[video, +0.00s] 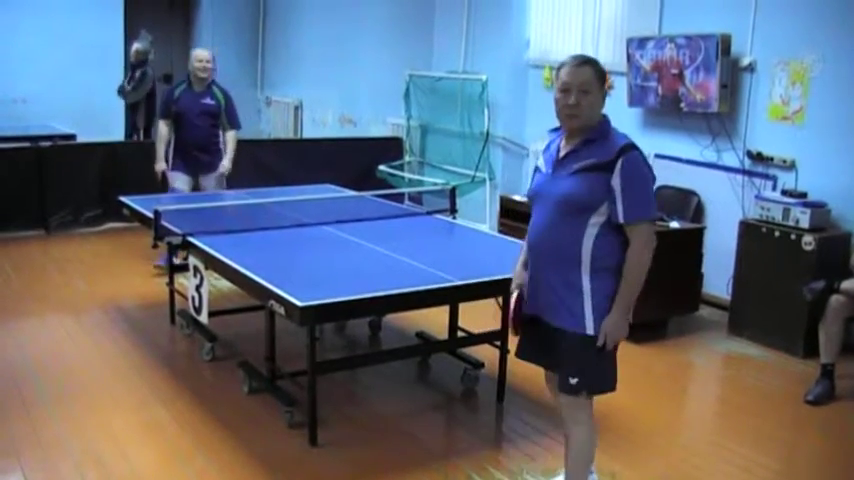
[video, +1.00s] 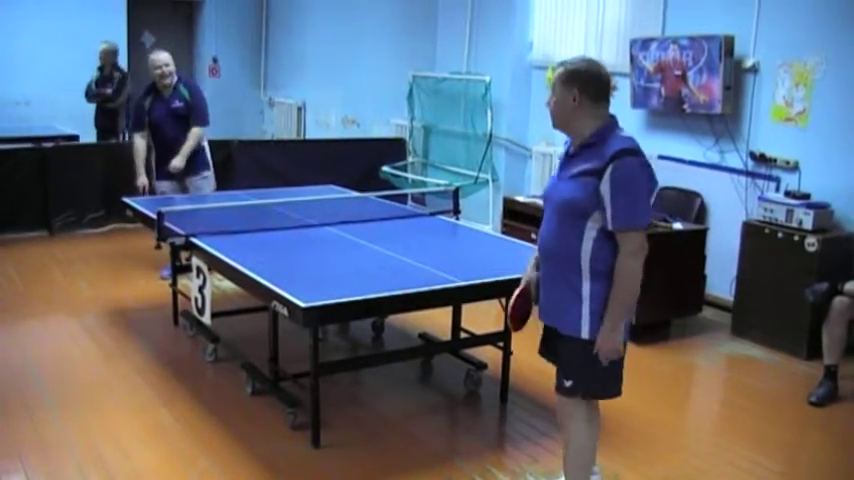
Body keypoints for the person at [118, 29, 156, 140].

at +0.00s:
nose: (133, 55)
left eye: (137, 52)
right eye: (133, 51)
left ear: (144, 55)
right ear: (131, 53)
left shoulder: (146, 73)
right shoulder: (133, 72)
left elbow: (132, 96)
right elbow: (123, 87)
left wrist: (123, 89)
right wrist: (128, 91)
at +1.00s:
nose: (103, 58)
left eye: (107, 54)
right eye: (102, 54)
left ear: (114, 56)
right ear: (100, 56)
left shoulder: (121, 76)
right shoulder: (98, 75)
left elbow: (118, 100)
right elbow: (89, 94)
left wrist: (99, 99)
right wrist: (105, 93)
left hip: (116, 121)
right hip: (101, 121)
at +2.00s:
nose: (83, 58)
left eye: (87, 54)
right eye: (82, 54)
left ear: (95, 56)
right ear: (81, 55)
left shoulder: (95, 77)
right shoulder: (85, 74)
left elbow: (81, 103)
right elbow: (74, 90)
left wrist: (73, 94)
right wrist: (76, 95)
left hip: (92, 130)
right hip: (84, 128)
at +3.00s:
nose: (82, 57)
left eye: (86, 54)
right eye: (82, 54)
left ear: (94, 56)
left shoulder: (94, 77)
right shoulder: (86, 74)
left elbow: (80, 103)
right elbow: (76, 89)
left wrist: (72, 94)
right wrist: (74, 94)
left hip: (91, 129)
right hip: (84, 128)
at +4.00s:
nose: (86, 57)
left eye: (90, 54)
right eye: (86, 53)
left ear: (98, 56)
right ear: (84, 55)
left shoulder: (97, 76)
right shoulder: (88, 74)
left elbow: (82, 102)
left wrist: (74, 92)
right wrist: (77, 93)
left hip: (93, 129)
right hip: (85, 127)